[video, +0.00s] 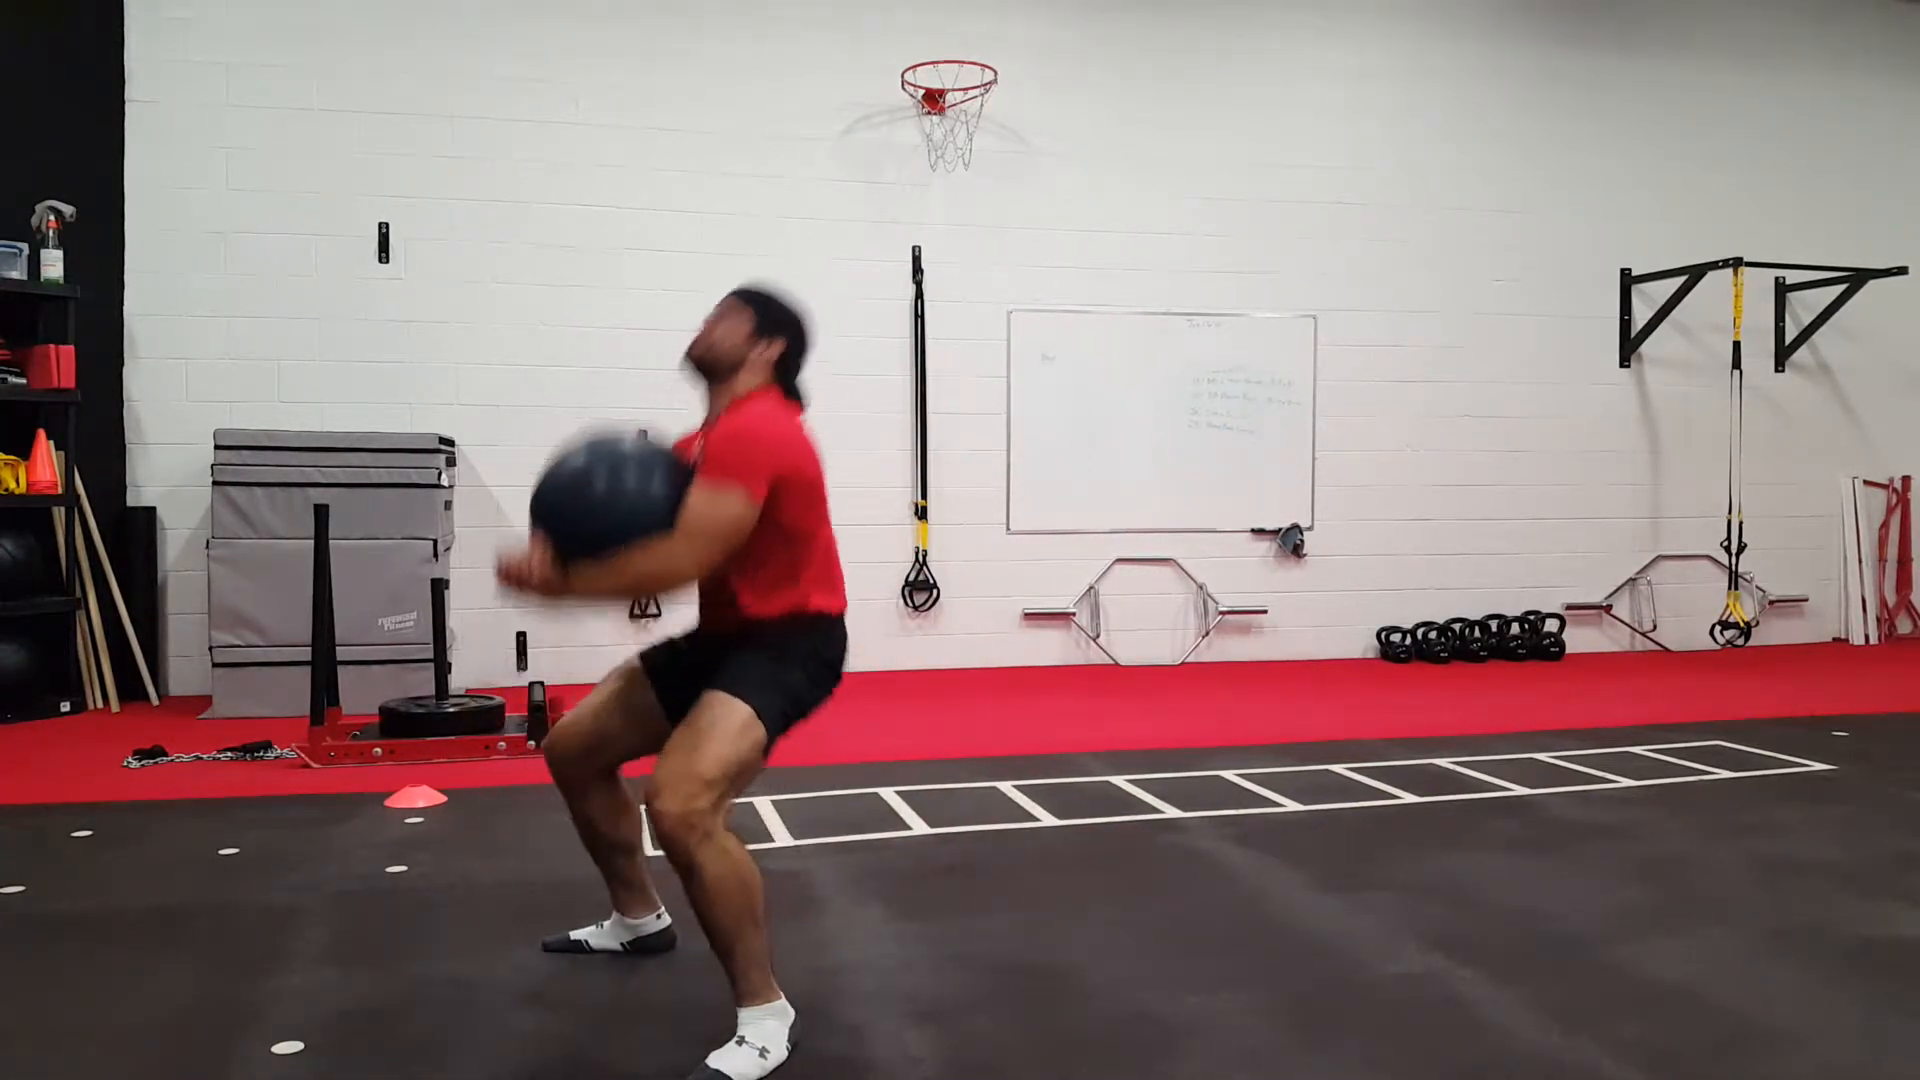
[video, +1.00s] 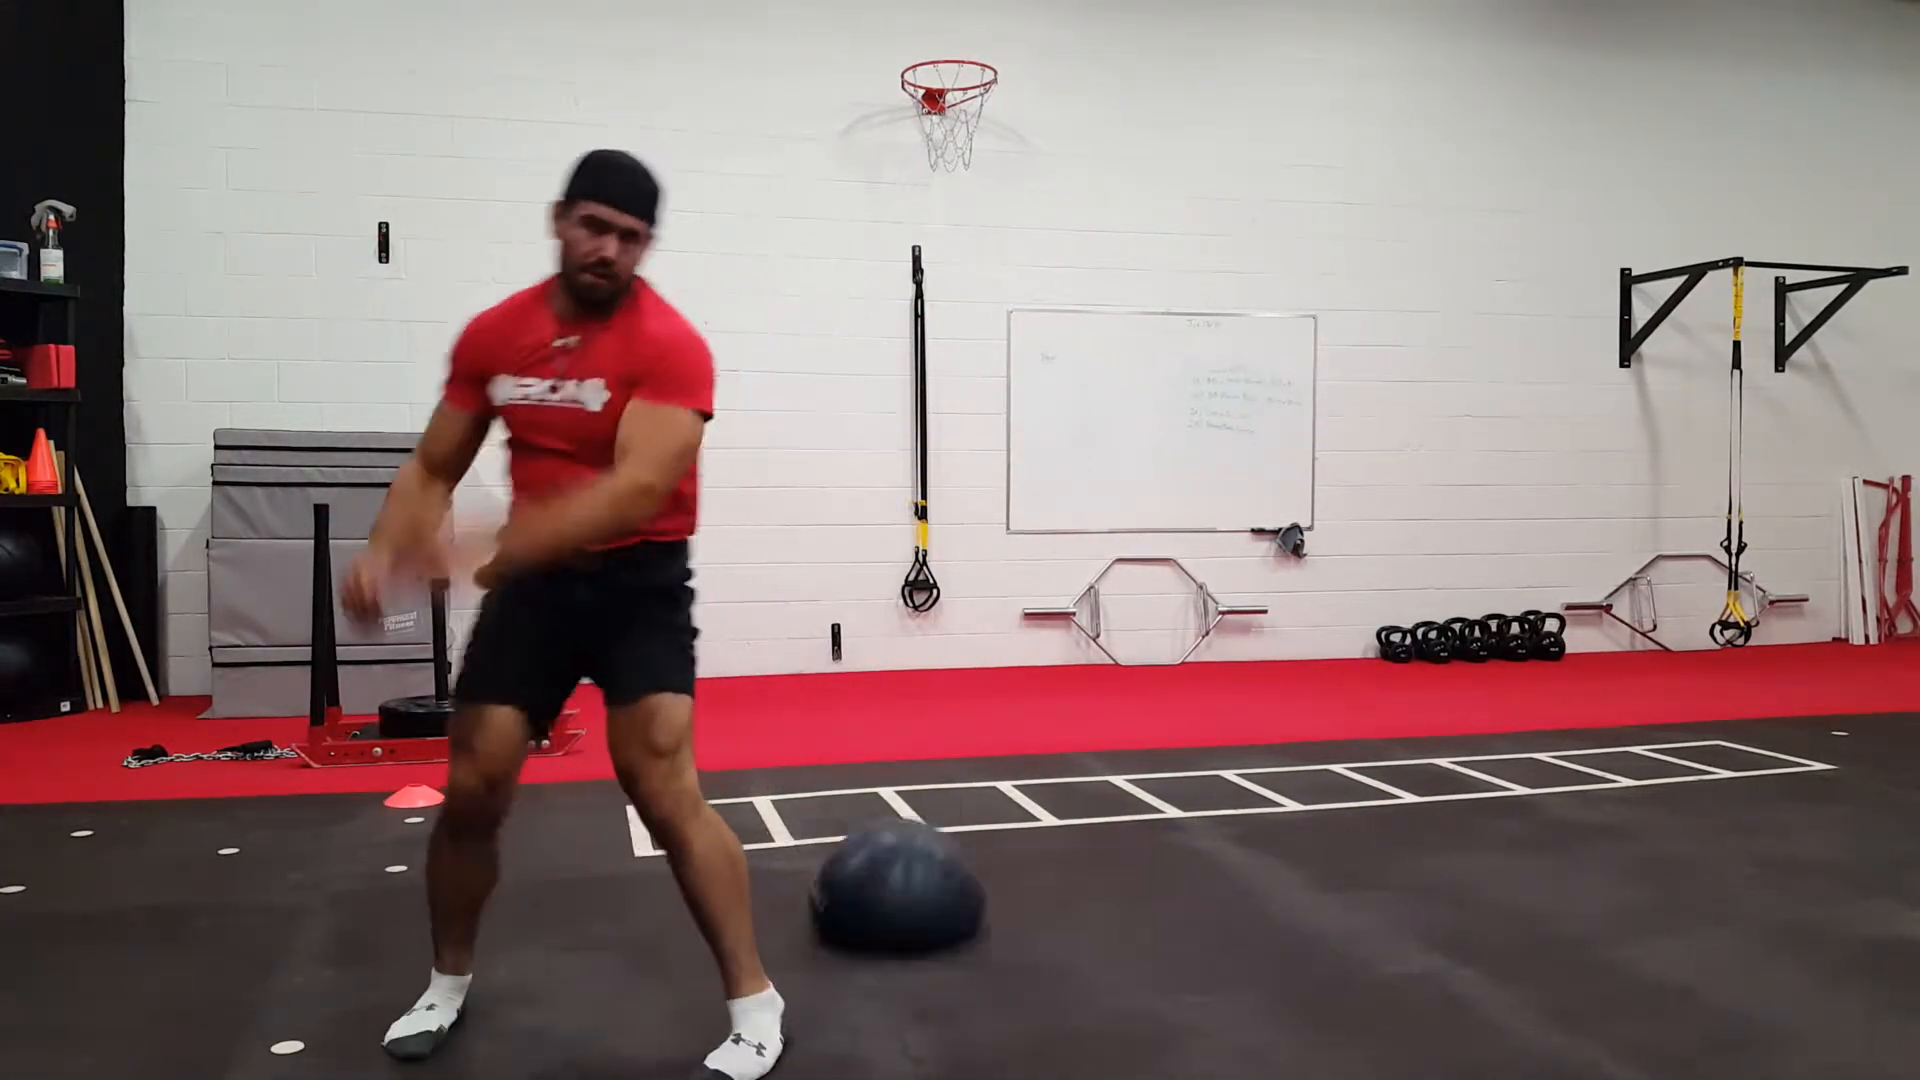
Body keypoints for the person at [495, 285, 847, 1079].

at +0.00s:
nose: (705, 324)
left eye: (726, 316)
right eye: (713, 313)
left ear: (767, 348)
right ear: (743, 348)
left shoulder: (762, 431)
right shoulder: (709, 438)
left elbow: (687, 557)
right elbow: (647, 527)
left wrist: (562, 578)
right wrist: (566, 558)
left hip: (793, 641)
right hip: (723, 638)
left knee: (680, 802)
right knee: (573, 749)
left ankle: (765, 1012)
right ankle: (637, 915)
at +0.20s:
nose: (824, 261)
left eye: (845, 267)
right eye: (835, 256)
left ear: (862, 315)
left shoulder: (814, 333)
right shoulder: (762, 340)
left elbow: (675, 347)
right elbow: (624, 372)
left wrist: (577, 293)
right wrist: (571, 305)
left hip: (720, 560)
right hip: (662, 549)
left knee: (673, 786)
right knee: (588, 747)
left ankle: (764, 1006)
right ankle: (641, 918)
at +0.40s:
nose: (824, 281)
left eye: (841, 294)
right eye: (832, 280)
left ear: (846, 347)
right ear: (804, 288)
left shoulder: (788, 347)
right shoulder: (694, 337)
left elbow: (699, 201)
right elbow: (580, 287)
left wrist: (678, 70)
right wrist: (587, 167)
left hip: (661, 570)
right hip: (592, 563)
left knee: (649, 801)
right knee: (567, 761)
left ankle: (760, 1007)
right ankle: (637, 918)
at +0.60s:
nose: (749, 268)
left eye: (774, 274)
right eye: (756, 256)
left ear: (799, 319)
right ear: (736, 258)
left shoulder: (764, 372)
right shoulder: (653, 325)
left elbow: (658, 268)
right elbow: (511, 324)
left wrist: (663, 154)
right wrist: (462, 206)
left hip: (658, 591)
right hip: (580, 574)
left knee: (634, 811)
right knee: (548, 770)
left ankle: (757, 1007)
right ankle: (637, 910)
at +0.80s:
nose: (682, 242)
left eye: (708, 238)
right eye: (680, 220)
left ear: (737, 260)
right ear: (662, 216)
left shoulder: (733, 342)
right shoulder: (592, 308)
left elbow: (627, 355)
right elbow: (457, 392)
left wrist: (525, 234)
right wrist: (405, 347)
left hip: (677, 581)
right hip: (580, 567)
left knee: (672, 789)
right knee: (484, 762)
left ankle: (761, 1005)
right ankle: (549, 890)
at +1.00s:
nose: (607, 251)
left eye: (628, 237)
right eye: (593, 228)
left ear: (649, 246)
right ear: (557, 223)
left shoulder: (670, 349)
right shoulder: (496, 335)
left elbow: (638, 490)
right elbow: (434, 468)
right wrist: (382, 554)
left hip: (641, 583)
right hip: (531, 581)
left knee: (658, 776)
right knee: (472, 787)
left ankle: (755, 1003)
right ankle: (448, 983)